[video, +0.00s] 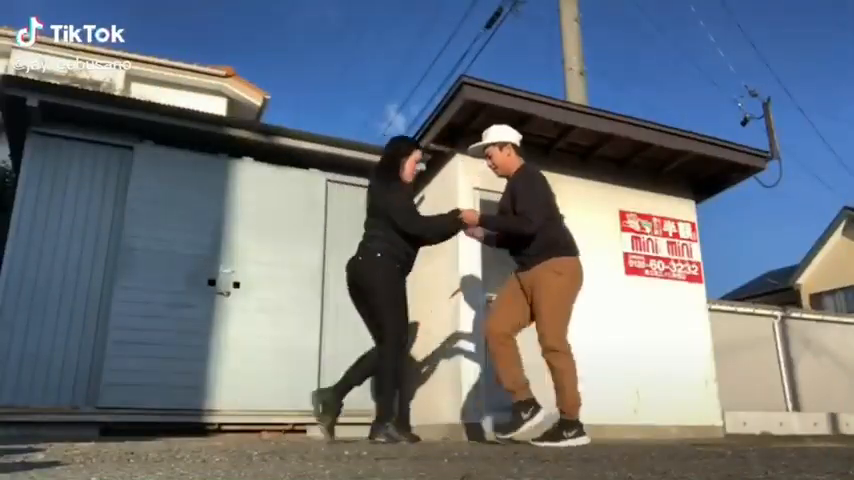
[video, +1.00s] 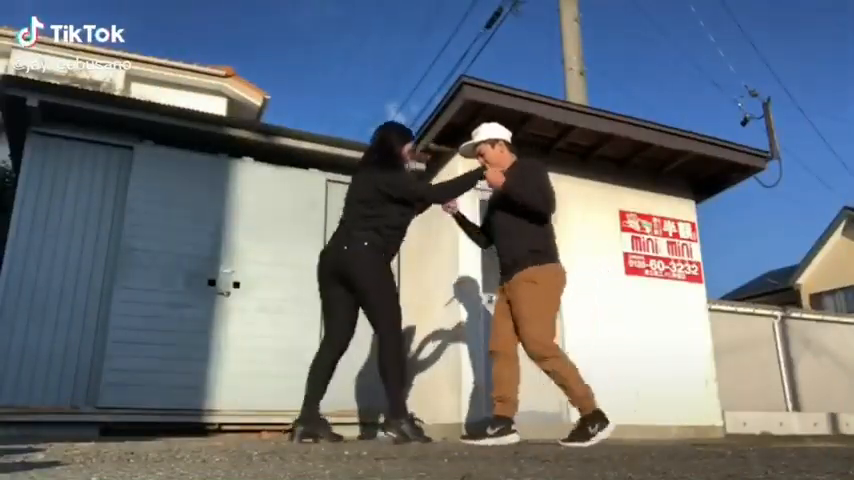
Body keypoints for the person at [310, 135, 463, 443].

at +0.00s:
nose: (417, 170)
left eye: (418, 164)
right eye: (414, 163)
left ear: (397, 161)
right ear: (399, 161)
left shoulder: (385, 189)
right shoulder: (392, 190)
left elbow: (418, 235)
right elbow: (416, 228)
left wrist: (456, 226)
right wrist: (457, 217)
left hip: (365, 269)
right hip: (380, 270)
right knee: (394, 343)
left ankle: (334, 395)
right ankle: (385, 424)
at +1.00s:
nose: (413, 154)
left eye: (413, 148)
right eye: (409, 148)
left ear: (380, 146)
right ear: (396, 147)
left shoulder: (366, 174)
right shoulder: (392, 177)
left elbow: (410, 207)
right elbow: (436, 193)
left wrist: (431, 186)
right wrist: (480, 172)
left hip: (334, 258)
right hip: (366, 260)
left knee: (336, 338)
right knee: (390, 334)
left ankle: (308, 417)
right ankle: (398, 418)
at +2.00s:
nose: (386, 148)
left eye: (387, 142)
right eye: (383, 141)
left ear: (354, 138)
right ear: (368, 139)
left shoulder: (334, 170)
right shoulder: (375, 174)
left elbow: (360, 202)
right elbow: (414, 207)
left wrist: (398, 212)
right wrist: (461, 213)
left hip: (314, 248)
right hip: (352, 250)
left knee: (307, 335)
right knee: (383, 331)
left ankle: (288, 418)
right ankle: (387, 418)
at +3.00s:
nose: (422, 147)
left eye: (422, 141)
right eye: (418, 140)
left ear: (397, 142)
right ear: (400, 140)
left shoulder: (377, 170)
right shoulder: (412, 169)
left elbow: (395, 218)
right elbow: (446, 201)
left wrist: (434, 228)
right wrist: (483, 185)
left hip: (363, 250)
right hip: (397, 251)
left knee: (378, 334)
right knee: (403, 338)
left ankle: (354, 411)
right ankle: (401, 423)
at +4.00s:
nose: (351, 143)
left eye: (357, 140)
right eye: (347, 135)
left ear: (361, 147)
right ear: (330, 134)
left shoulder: (361, 179)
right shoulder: (306, 155)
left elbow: (409, 198)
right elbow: (291, 125)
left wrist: (456, 201)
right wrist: (279, 97)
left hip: (347, 266)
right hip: (303, 265)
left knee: (376, 334)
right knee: (289, 342)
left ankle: (407, 407)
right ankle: (272, 420)